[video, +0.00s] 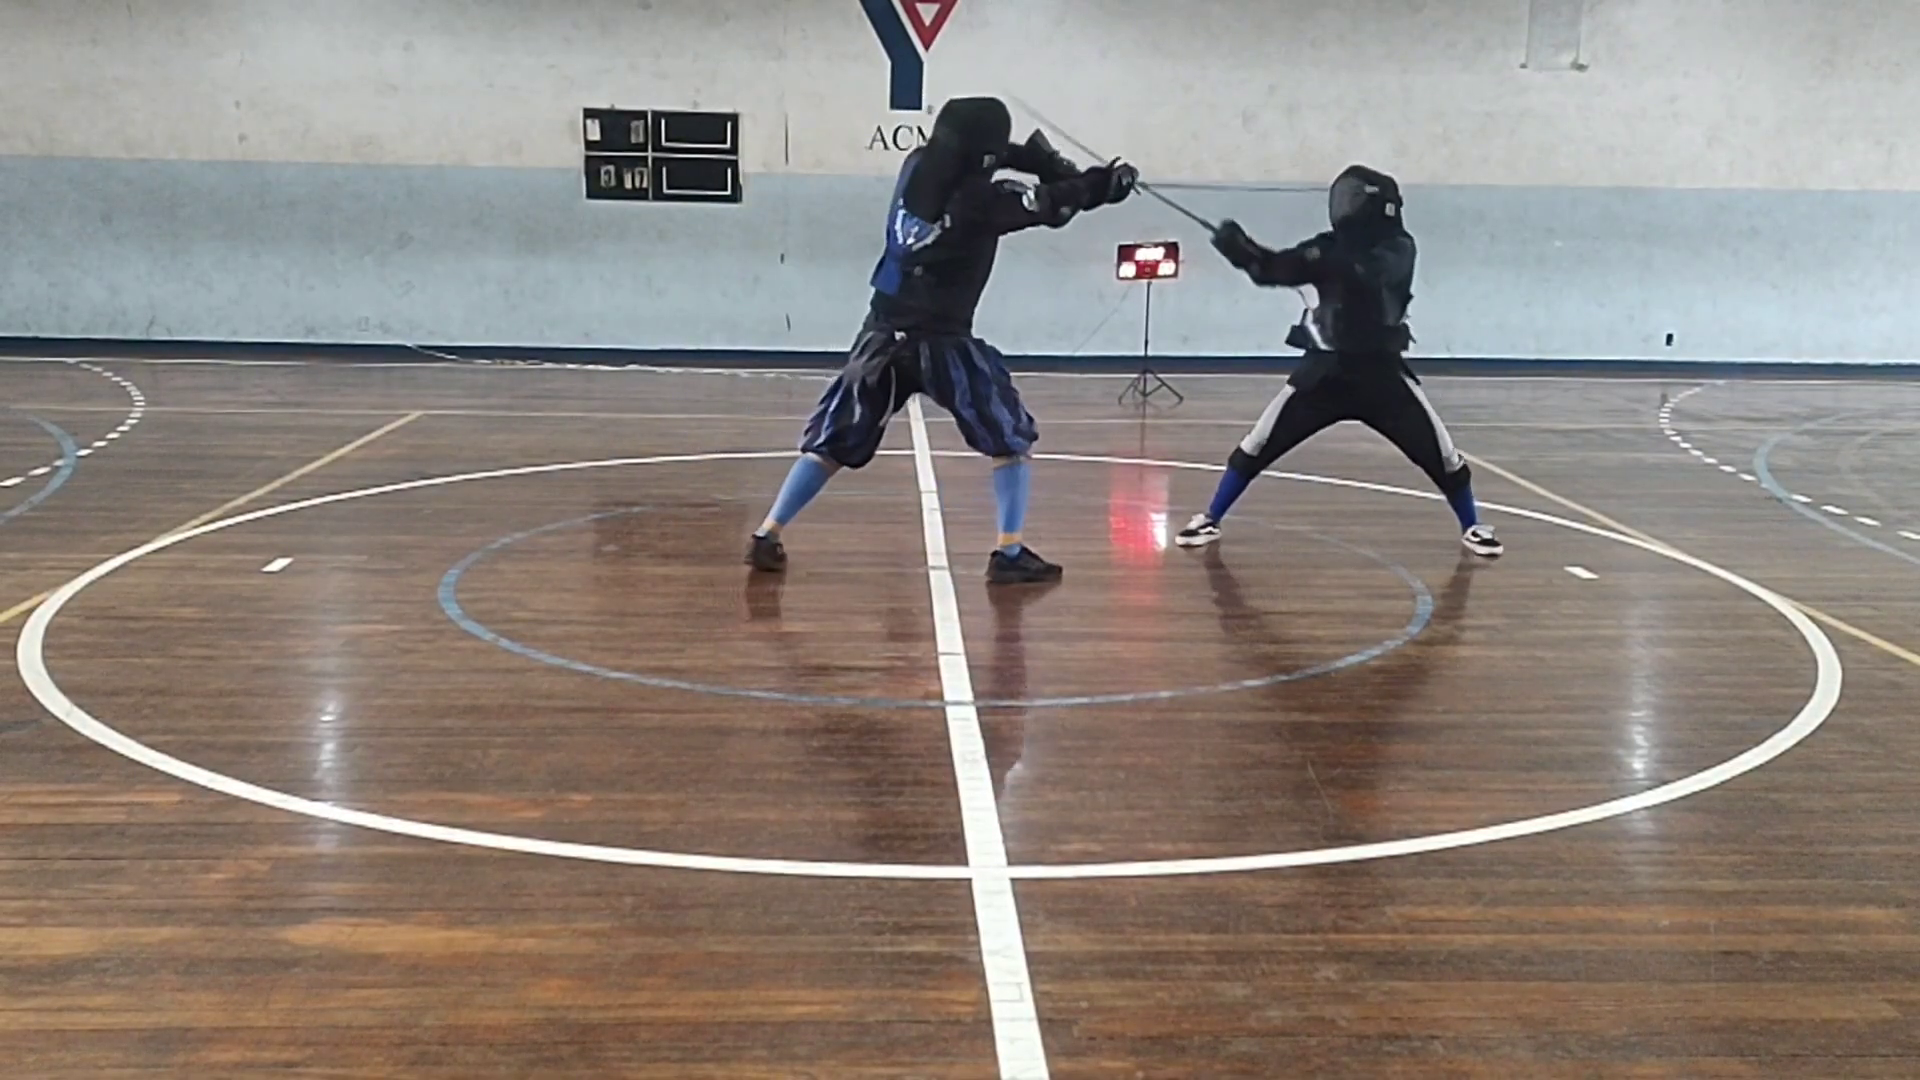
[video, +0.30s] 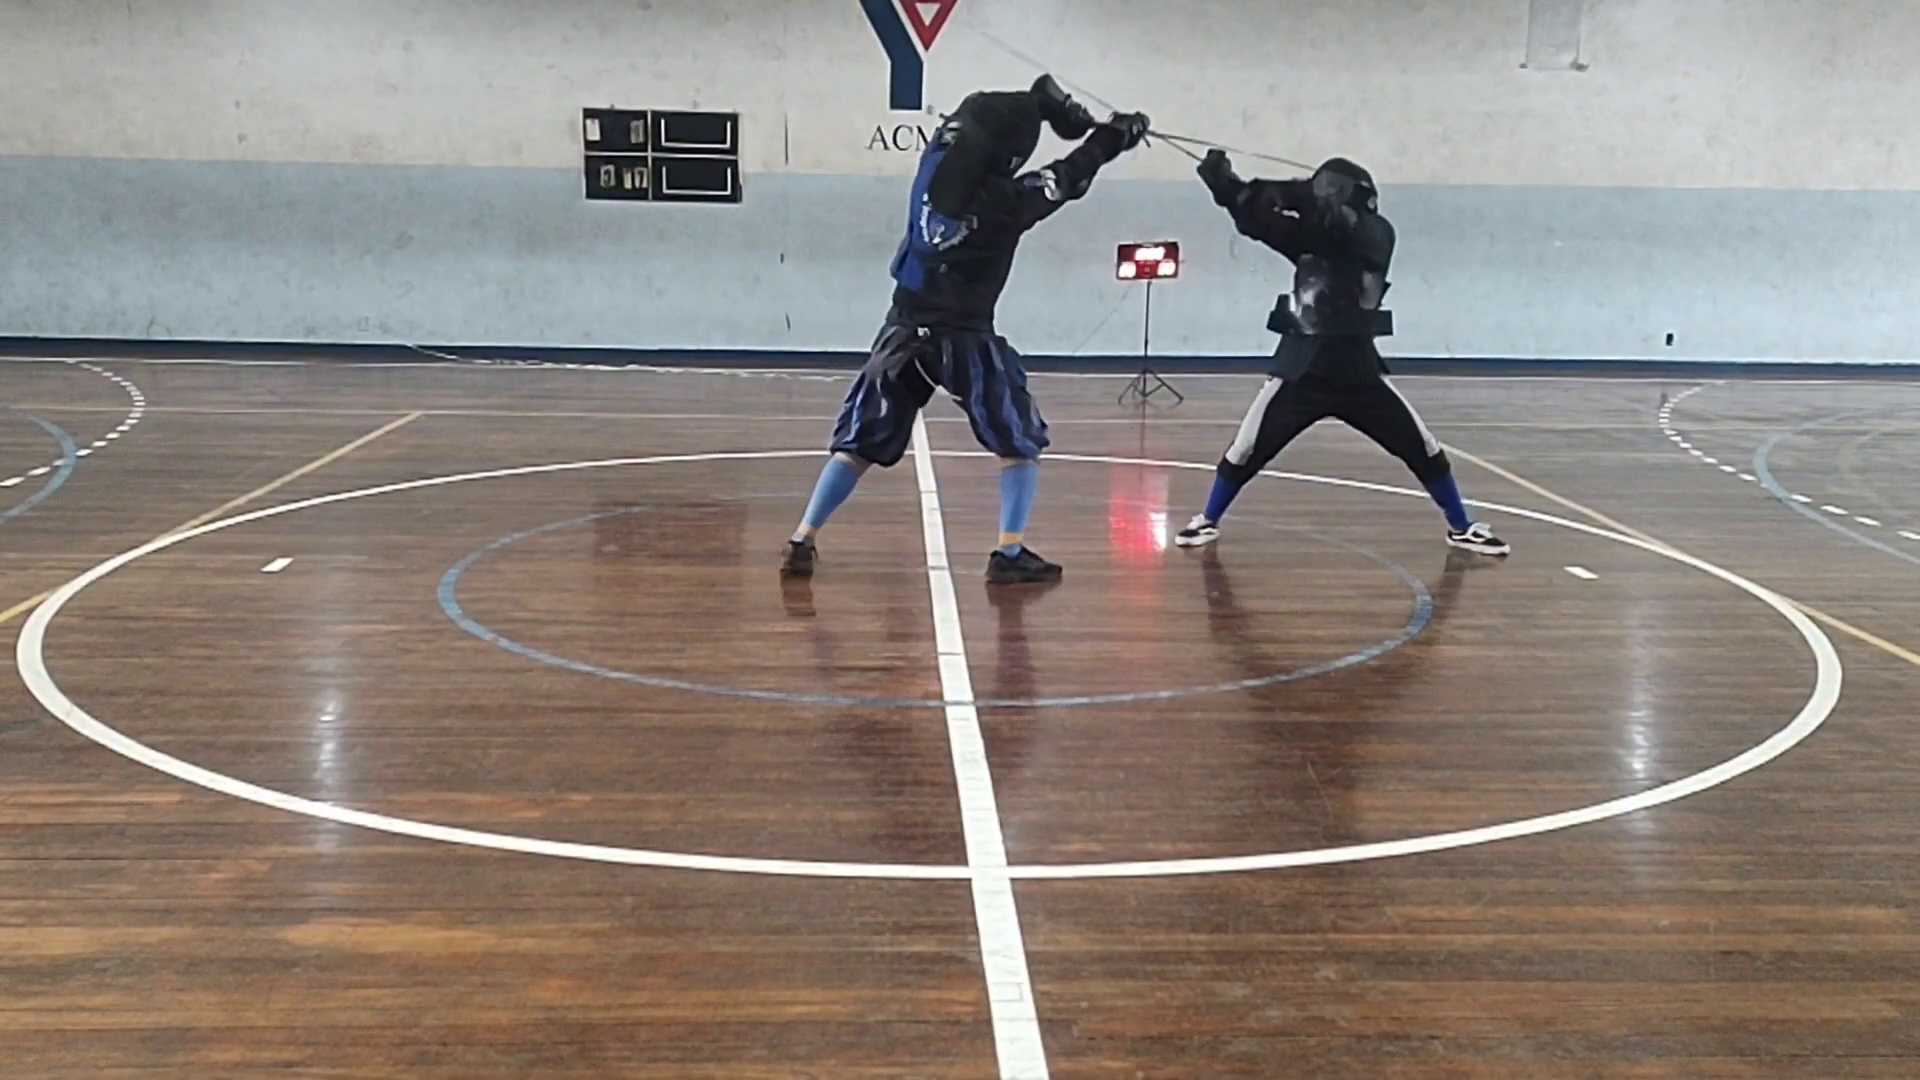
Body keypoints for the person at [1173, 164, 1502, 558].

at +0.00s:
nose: (1343, 206)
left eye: (1353, 198)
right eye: (1341, 198)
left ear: (1376, 204)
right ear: (1340, 205)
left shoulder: (1399, 247)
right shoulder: (1328, 246)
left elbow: (1358, 270)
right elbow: (1277, 270)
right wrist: (1244, 252)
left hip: (1383, 374)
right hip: (1322, 373)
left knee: (1442, 455)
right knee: (1258, 445)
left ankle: (1472, 527)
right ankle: (1210, 519)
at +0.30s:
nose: (1322, 198)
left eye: (1330, 191)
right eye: (1320, 191)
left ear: (1350, 193)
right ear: (1319, 192)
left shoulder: (1379, 234)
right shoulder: (1305, 232)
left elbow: (1335, 221)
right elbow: (1255, 219)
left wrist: (1307, 192)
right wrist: (1225, 185)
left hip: (1359, 372)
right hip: (1300, 371)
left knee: (1424, 451)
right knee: (1247, 449)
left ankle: (1461, 528)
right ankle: (1208, 521)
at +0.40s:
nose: (1320, 185)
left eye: (1329, 178)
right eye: (1317, 178)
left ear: (1349, 186)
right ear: (1312, 183)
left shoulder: (1373, 229)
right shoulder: (1301, 228)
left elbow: (1328, 206)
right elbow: (1253, 214)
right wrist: (1223, 176)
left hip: (1355, 371)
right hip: (1295, 370)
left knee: (1419, 450)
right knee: (1243, 448)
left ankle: (1455, 529)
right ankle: (1208, 521)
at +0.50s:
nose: (1321, 185)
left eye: (1331, 178)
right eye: (1317, 178)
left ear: (1354, 185)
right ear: (1310, 182)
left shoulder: (1372, 227)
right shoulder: (1299, 227)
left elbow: (1333, 207)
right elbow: (1255, 213)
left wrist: (1296, 185)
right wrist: (1228, 175)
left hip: (1356, 370)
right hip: (1296, 369)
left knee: (1419, 446)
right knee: (1246, 448)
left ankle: (1442, 529)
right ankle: (1208, 521)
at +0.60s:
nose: (1325, 182)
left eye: (1336, 175)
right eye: (1319, 174)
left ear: (1357, 183)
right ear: (1313, 181)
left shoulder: (1375, 226)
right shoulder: (1300, 227)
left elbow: (1333, 204)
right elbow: (1256, 214)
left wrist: (1291, 183)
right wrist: (1230, 174)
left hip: (1360, 370)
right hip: (1298, 370)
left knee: (1420, 448)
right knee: (1248, 447)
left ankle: (1442, 530)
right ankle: (1209, 520)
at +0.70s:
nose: (1329, 184)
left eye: (1340, 176)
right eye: (1323, 176)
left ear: (1362, 184)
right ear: (1317, 183)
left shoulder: (1381, 226)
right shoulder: (1307, 229)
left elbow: (1337, 207)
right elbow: (1261, 216)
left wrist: (1293, 186)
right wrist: (1235, 179)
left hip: (1364, 371)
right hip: (1301, 370)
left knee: (1421, 449)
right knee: (1249, 445)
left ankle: (1442, 529)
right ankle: (1209, 521)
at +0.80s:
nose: (1333, 184)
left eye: (1343, 176)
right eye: (1328, 175)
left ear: (1364, 183)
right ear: (1322, 181)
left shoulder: (1384, 226)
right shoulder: (1312, 227)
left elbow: (1342, 209)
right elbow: (1264, 216)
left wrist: (1299, 186)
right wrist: (1238, 179)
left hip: (1362, 370)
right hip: (1300, 366)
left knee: (1416, 447)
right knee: (1248, 440)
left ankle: (1442, 528)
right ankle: (1210, 519)